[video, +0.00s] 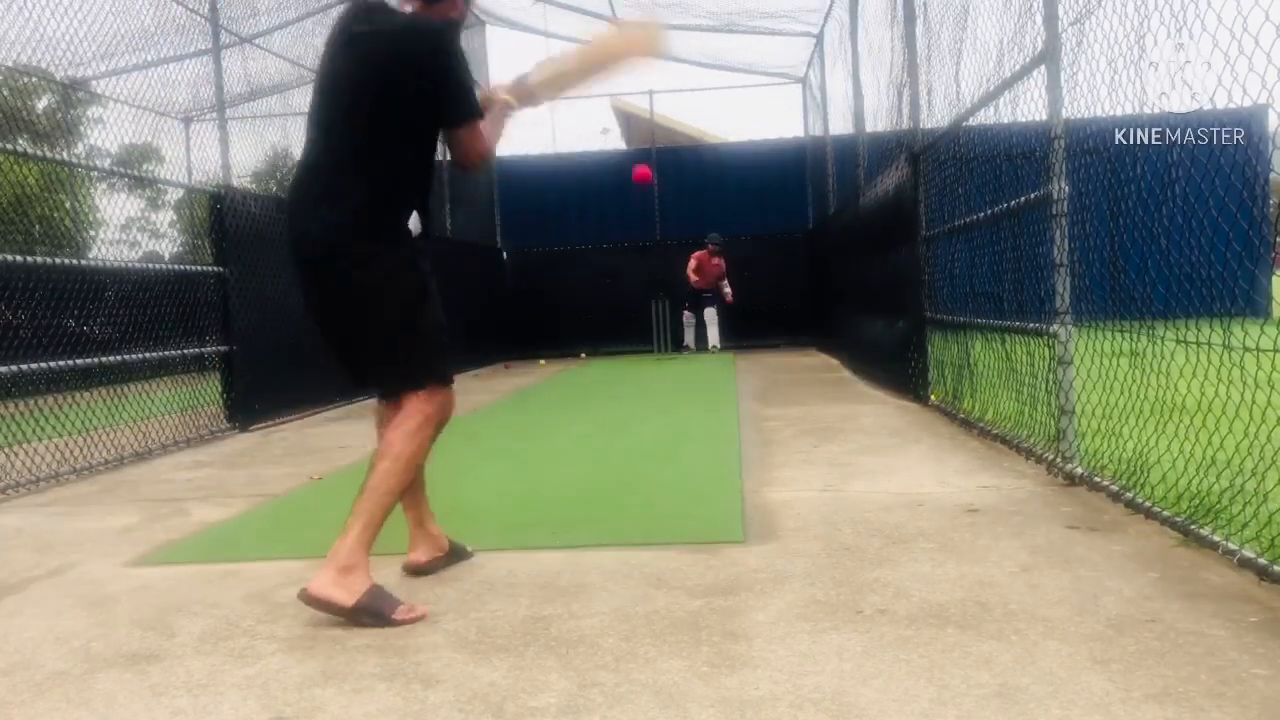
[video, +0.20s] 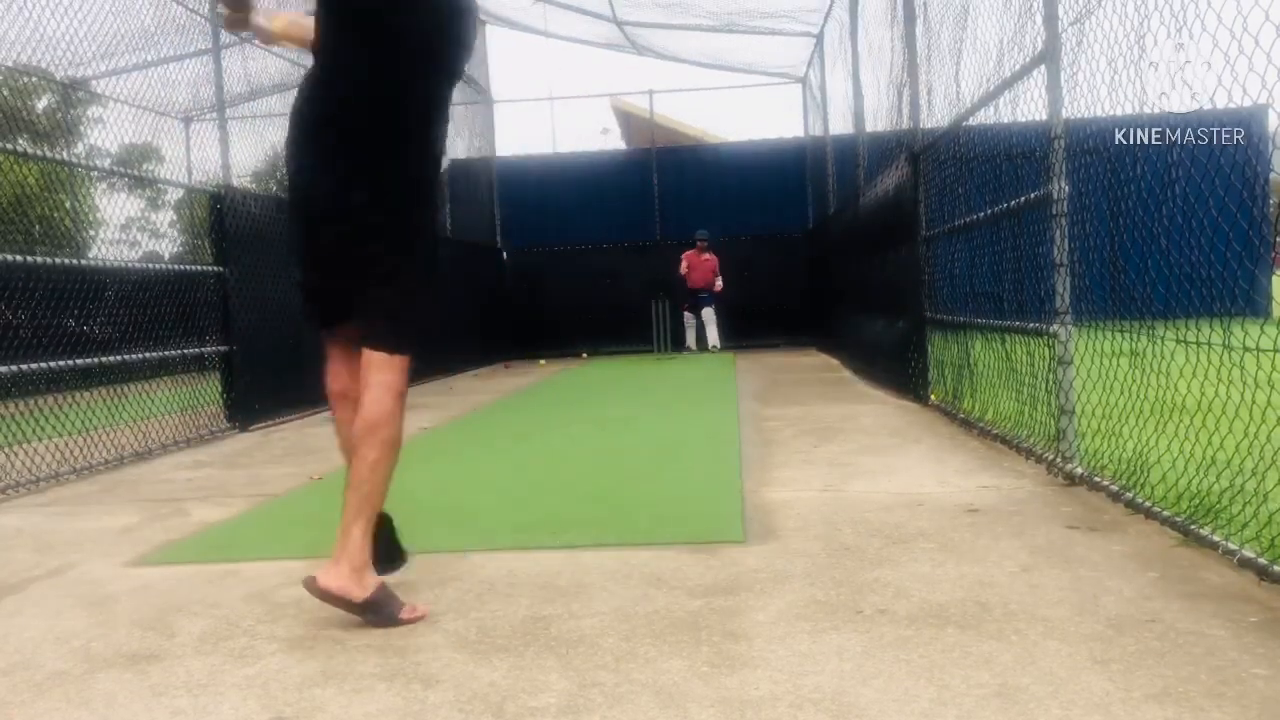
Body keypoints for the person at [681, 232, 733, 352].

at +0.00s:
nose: (715, 248)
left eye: (717, 245)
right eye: (713, 245)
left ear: (720, 246)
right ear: (707, 245)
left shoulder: (720, 260)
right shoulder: (698, 256)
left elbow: (722, 279)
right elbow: (689, 269)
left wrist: (727, 292)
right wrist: (693, 277)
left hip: (710, 290)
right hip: (695, 289)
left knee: (711, 314)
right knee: (688, 315)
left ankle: (714, 345)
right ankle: (689, 345)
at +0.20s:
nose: (702, 244)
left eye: (704, 241)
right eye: (700, 241)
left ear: (707, 242)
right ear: (696, 242)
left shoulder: (712, 258)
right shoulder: (687, 256)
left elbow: (717, 275)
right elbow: (682, 271)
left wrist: (718, 283)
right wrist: (683, 269)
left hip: (707, 292)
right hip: (691, 292)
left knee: (709, 317)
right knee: (689, 319)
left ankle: (714, 345)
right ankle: (690, 346)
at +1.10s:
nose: (693, 247)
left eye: (695, 244)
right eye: (692, 244)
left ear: (702, 242)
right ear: (693, 244)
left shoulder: (714, 254)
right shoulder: (693, 257)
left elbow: (723, 272)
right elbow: (691, 272)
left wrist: (713, 279)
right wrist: (694, 277)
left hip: (709, 288)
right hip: (697, 288)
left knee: (710, 314)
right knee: (693, 314)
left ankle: (713, 345)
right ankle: (691, 345)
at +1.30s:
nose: (718, 274)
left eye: (720, 272)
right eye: (716, 271)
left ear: (721, 273)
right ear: (710, 270)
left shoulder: (715, 281)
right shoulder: (702, 282)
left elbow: (713, 293)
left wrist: (714, 301)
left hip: (702, 303)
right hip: (690, 304)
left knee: (703, 328)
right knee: (689, 329)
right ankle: (685, 356)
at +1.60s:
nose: (711, 263)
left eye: (713, 261)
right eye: (709, 260)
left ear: (716, 262)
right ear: (704, 260)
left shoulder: (715, 275)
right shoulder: (695, 271)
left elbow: (718, 292)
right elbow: (687, 290)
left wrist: (721, 305)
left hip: (703, 304)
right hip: (689, 302)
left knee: (704, 325)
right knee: (678, 324)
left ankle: (707, 356)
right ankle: (674, 352)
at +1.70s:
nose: (707, 260)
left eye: (709, 257)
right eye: (704, 257)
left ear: (712, 259)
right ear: (700, 258)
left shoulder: (713, 274)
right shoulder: (690, 269)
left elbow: (716, 292)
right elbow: (681, 280)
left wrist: (719, 303)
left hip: (700, 303)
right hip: (685, 301)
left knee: (704, 326)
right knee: (678, 326)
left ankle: (707, 356)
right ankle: (674, 354)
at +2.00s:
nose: (689, 256)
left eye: (691, 253)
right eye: (686, 253)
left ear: (695, 254)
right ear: (682, 255)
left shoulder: (699, 268)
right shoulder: (675, 268)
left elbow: (703, 286)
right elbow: (667, 282)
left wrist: (704, 297)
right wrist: (662, 289)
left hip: (693, 303)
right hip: (678, 303)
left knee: (699, 326)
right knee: (675, 329)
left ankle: (706, 355)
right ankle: (674, 357)